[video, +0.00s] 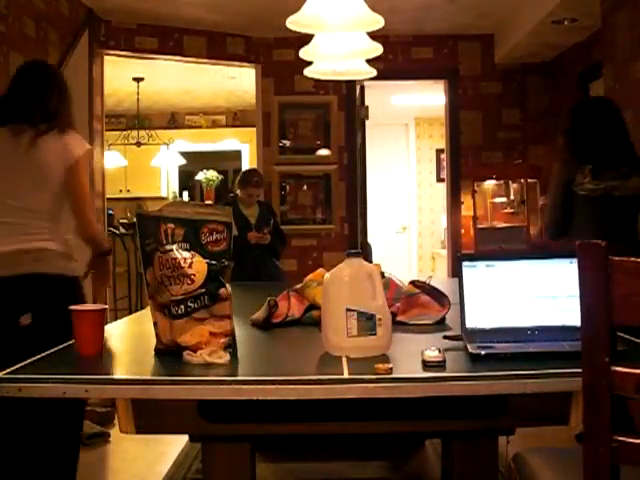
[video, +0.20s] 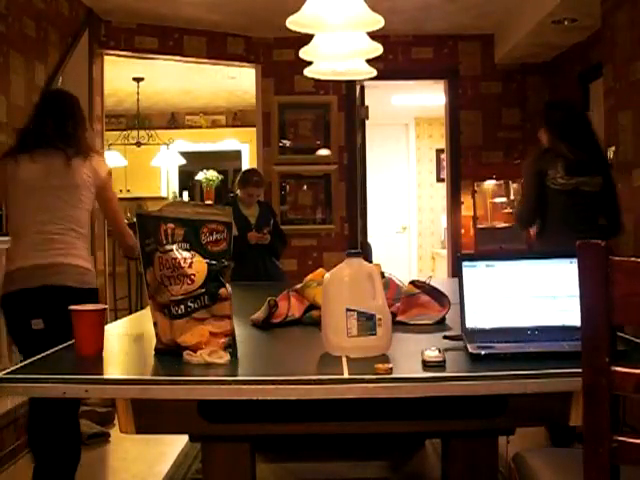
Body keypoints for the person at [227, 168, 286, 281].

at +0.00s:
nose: (253, 200)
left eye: (257, 196)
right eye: (249, 196)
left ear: (262, 192)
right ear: (239, 190)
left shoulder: (266, 208)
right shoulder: (229, 208)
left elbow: (281, 240)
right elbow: (224, 244)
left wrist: (269, 240)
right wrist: (246, 239)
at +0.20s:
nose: (253, 200)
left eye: (258, 196)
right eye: (249, 195)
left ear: (262, 192)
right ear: (239, 189)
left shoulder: (266, 208)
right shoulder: (229, 208)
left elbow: (282, 240)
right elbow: (224, 244)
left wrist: (269, 239)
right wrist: (246, 239)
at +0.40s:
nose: (254, 199)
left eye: (257, 195)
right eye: (250, 194)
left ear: (261, 192)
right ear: (240, 189)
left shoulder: (266, 208)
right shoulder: (229, 208)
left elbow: (282, 240)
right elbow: (224, 244)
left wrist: (269, 239)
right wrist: (246, 239)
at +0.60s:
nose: (254, 199)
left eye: (258, 194)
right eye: (249, 194)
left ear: (261, 191)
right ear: (239, 189)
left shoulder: (266, 208)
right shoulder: (229, 208)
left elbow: (281, 239)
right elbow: (224, 243)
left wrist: (269, 239)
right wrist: (246, 240)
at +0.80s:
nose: (254, 199)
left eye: (258, 194)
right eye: (250, 194)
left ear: (262, 191)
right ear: (240, 189)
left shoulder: (266, 208)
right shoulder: (230, 207)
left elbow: (282, 238)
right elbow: (225, 242)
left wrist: (269, 239)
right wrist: (246, 240)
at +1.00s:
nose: (255, 197)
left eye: (259, 193)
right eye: (251, 193)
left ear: (263, 190)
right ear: (241, 188)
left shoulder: (268, 207)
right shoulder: (230, 207)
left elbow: (283, 238)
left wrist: (270, 239)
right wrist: (247, 239)